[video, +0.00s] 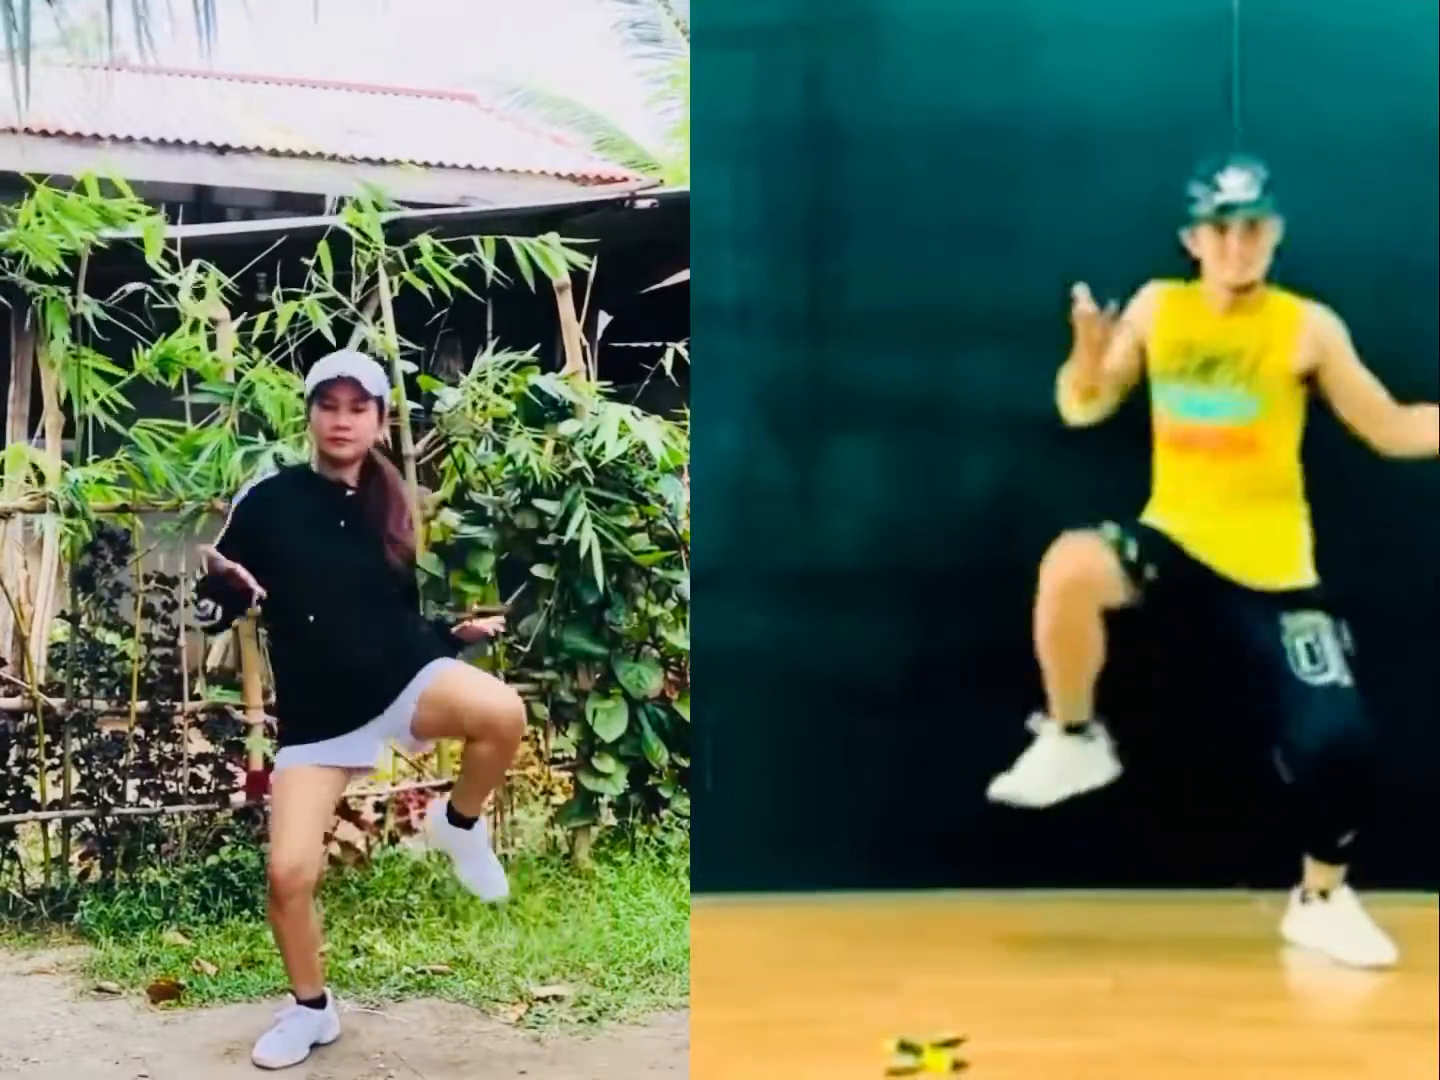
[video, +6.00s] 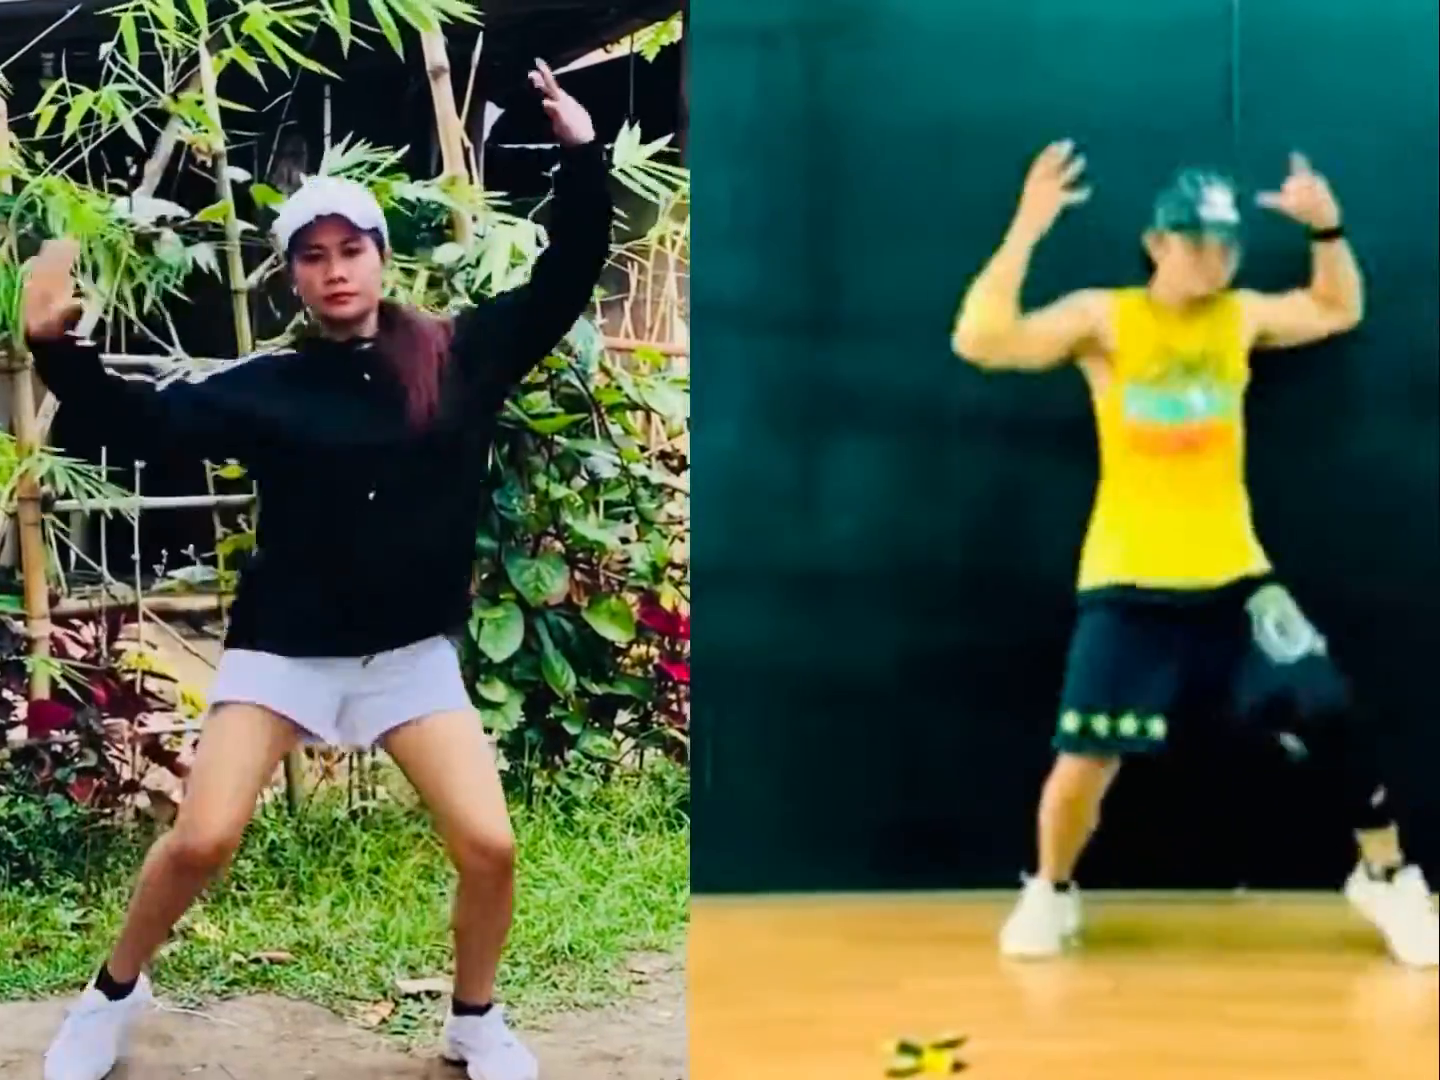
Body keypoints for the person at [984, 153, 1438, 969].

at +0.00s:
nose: (1239, 248)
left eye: (1254, 230)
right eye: (1222, 231)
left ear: (1276, 236)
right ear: (1194, 237)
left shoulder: (1308, 329)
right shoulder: (1156, 309)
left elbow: (1393, 428)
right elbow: (1083, 407)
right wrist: (1085, 361)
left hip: (1274, 562)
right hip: (1174, 541)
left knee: (1335, 740)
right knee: (1068, 569)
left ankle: (1321, 898)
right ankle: (1073, 739)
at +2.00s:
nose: (1276, 259)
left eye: (1288, 240)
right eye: (1258, 244)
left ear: (1307, 241)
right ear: (1226, 250)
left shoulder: (1343, 304)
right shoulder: (1191, 327)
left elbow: (1371, 396)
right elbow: (1165, 447)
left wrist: (1390, 393)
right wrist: (1090, 415)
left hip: (1290, 573)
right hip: (1189, 545)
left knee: (1369, 728)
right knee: (1053, 639)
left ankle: (1332, 893)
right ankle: (1035, 771)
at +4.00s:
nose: (1219, 274)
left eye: (1235, 258)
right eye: (1204, 258)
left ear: (1257, 265)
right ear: (1175, 265)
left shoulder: (1285, 367)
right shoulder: (1125, 340)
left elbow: (1370, 472)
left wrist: (1437, 469)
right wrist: (1056, 412)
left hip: (1272, 598)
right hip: (1159, 597)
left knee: (1363, 722)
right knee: (1081, 753)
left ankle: (1357, 886)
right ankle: (1019, 882)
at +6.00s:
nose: (1209, 264)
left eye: (1222, 249)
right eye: (1195, 246)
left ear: (1236, 255)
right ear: (1157, 244)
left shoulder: (1242, 316)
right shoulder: (1101, 318)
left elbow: (1338, 309)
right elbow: (980, 338)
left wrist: (1326, 227)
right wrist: (1027, 229)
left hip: (1233, 572)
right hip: (1127, 577)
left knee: (1329, 708)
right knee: (1089, 753)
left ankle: (1386, 873)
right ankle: (1049, 892)